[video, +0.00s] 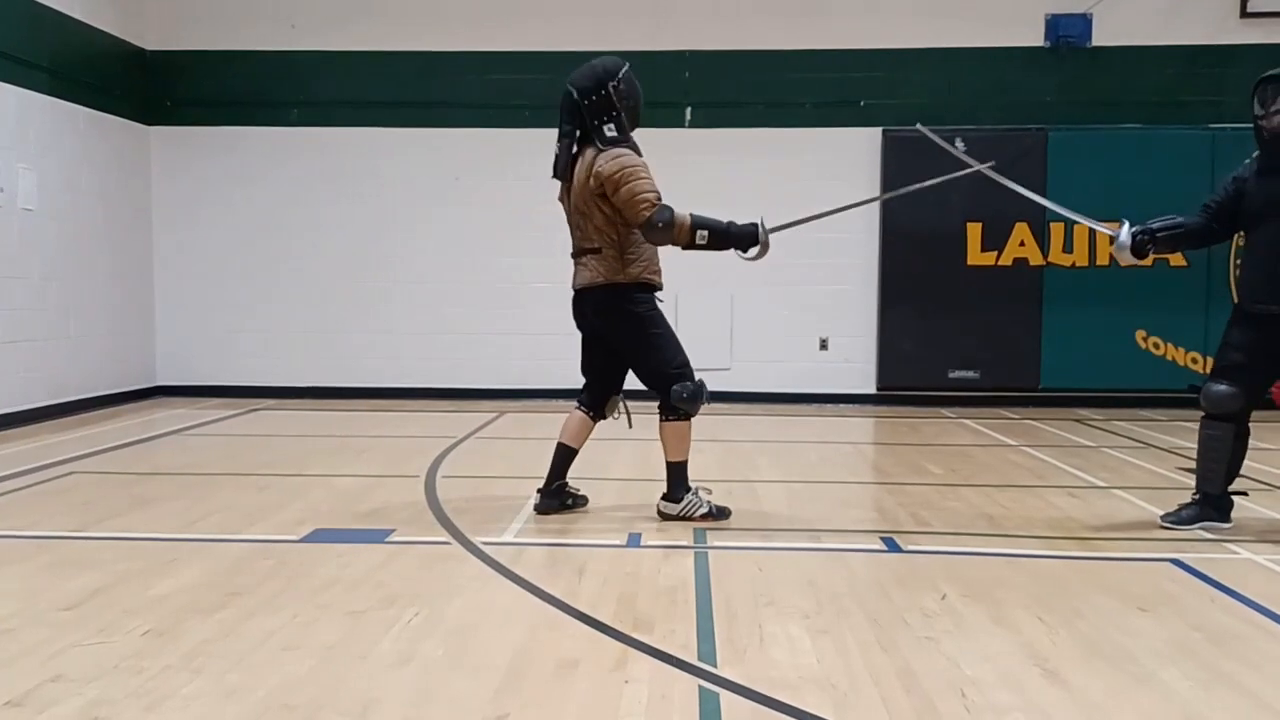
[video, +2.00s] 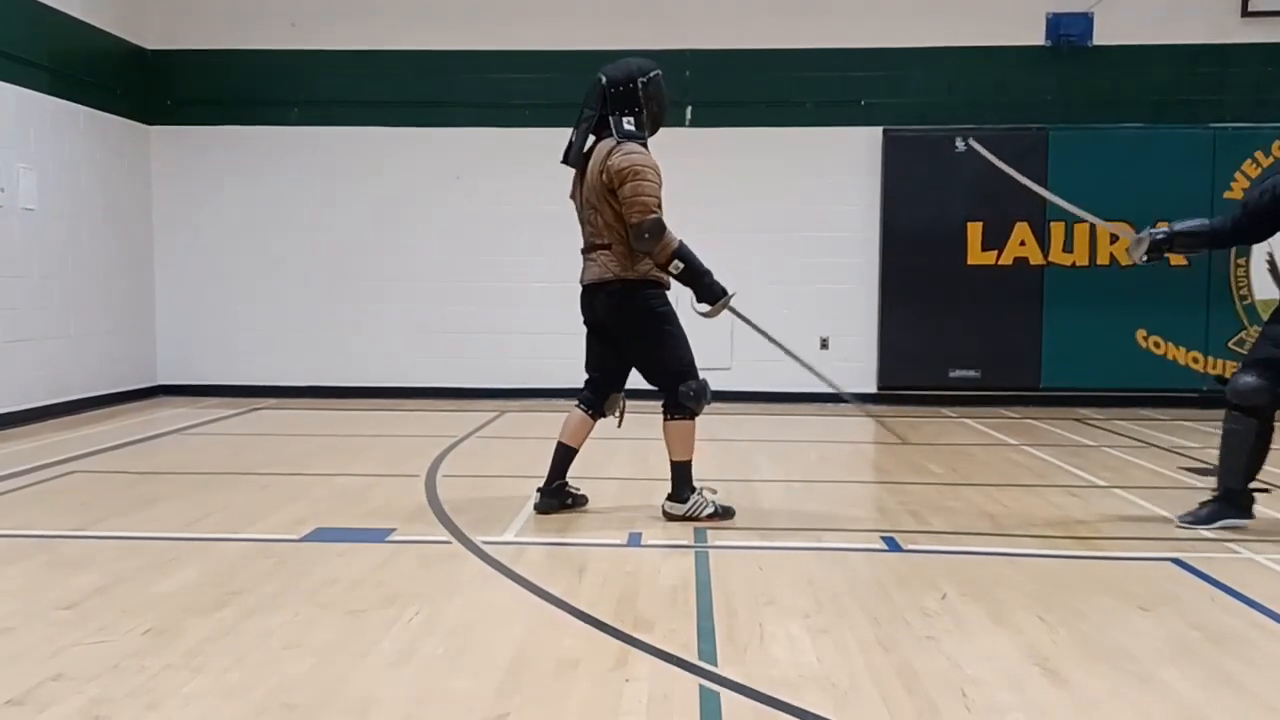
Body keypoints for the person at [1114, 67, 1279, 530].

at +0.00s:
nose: (1268, 121)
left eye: (1274, 113)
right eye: (1266, 112)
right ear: (1260, 118)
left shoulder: (1263, 172)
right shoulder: (1257, 172)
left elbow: (1212, 223)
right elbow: (1212, 223)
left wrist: (1146, 239)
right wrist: (1145, 237)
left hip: (1268, 308)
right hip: (1258, 307)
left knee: (1228, 394)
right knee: (1225, 394)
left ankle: (1212, 498)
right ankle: (1212, 499)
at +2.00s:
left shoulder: (1273, 191)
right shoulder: (1272, 189)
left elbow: (1238, 227)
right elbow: (1238, 226)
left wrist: (1163, 237)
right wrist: (1165, 237)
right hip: (1279, 317)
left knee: (1252, 388)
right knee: (1251, 388)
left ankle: (1233, 498)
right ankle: (1232, 497)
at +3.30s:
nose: (1270, 125)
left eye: (1276, 116)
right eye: (1265, 116)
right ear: (1257, 123)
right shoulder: (1254, 178)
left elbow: (1193, 213)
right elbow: (1192, 213)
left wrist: (1114, 219)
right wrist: (1112, 220)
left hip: (1270, 316)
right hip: (1259, 314)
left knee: (1209, 388)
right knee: (1203, 389)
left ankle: (1193, 493)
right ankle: (1193, 494)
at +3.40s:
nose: (1253, 128)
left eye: (1265, 117)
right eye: (1248, 118)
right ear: (1240, 126)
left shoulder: (1269, 184)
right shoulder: (1238, 190)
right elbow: (1174, 224)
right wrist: (1097, 223)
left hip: (1269, 322)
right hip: (1250, 320)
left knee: (1191, 388)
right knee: (1186, 389)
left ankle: (1143, 488)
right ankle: (1142, 490)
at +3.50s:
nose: (1220, 133)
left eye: (1234, 125)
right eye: (1218, 124)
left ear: (1263, 132)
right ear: (1211, 128)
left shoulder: (1271, 189)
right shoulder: (1211, 194)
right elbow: (1144, 225)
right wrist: (1069, 217)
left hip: (1270, 328)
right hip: (1223, 328)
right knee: (1165, 403)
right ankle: (1103, 491)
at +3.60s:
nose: (1179, 144)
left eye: (1193, 134)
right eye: (1178, 134)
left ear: (1224, 141)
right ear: (1171, 138)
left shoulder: (1261, 194)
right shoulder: (1166, 201)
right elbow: (1102, 219)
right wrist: (1036, 202)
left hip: (1251, 341)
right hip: (1179, 343)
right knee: (1124, 405)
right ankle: (1083, 500)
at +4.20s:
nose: (1193, 138)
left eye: (1207, 130)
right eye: (1194, 128)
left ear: (1239, 133)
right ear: (1192, 130)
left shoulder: (1268, 188)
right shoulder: (1190, 195)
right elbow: (1137, 240)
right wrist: (1076, 255)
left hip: (1252, 333)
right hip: (1184, 330)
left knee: (1274, 429)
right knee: (1134, 406)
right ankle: (1087, 496)